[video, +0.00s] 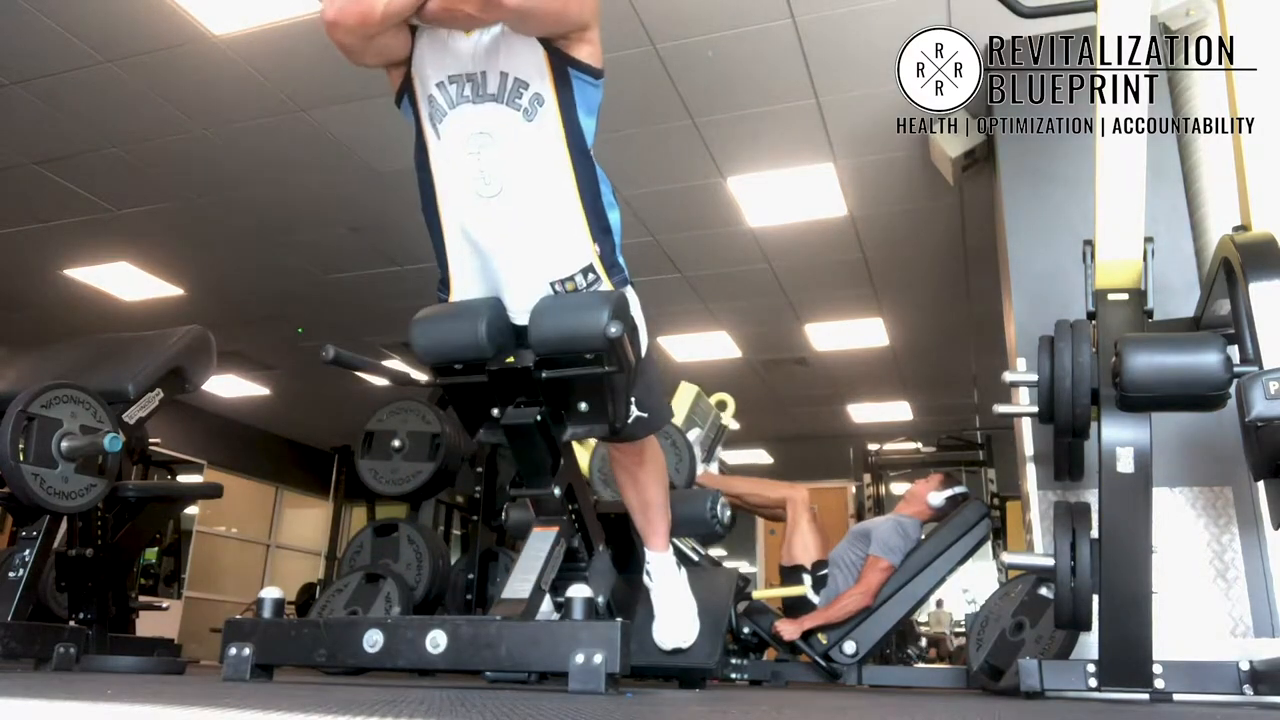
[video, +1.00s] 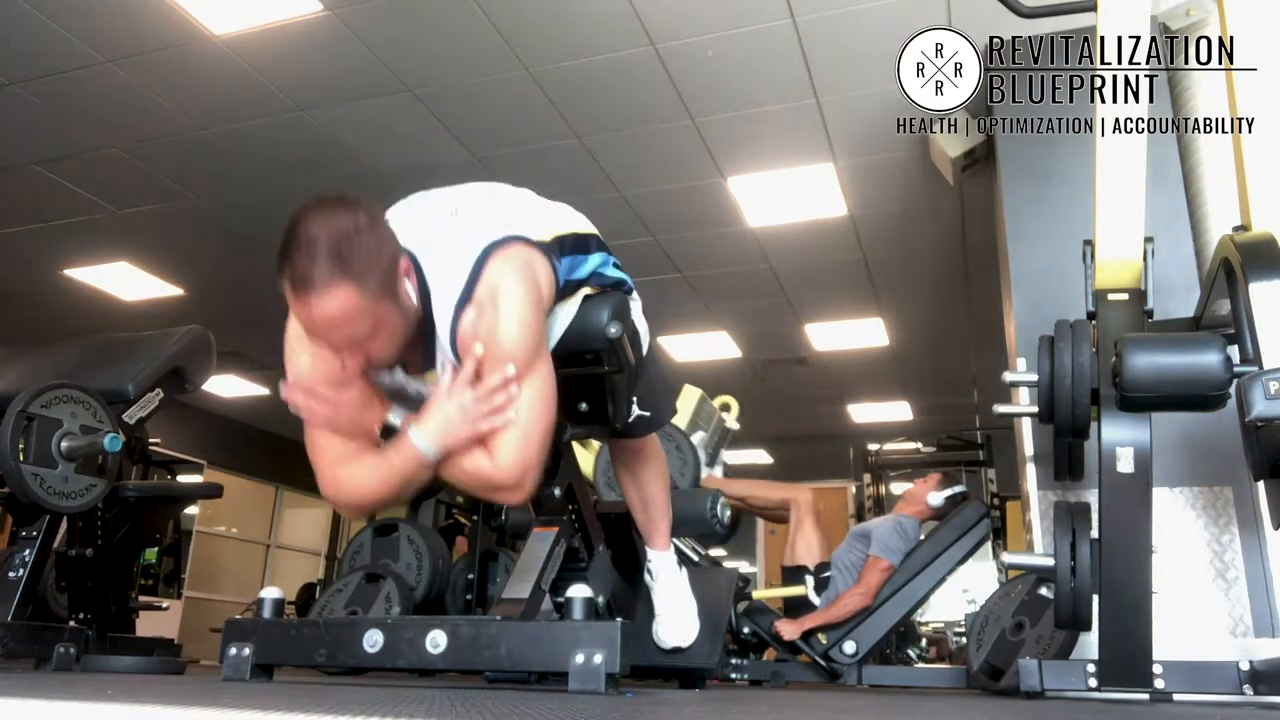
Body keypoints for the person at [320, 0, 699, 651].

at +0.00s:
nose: (450, 6)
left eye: (457, 1)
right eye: (441, 5)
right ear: (431, 4)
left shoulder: (570, 16)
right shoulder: (413, 48)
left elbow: (486, 11)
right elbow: (340, 15)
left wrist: (412, 6)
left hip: (582, 277)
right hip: (477, 293)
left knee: (628, 422)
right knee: (514, 437)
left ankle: (659, 561)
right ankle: (545, 542)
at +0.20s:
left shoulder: (552, 11)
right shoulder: (396, 53)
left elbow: (472, 33)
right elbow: (309, 61)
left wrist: (369, 21)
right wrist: (417, 4)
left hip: (574, 272)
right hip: (471, 291)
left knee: (628, 418)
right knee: (514, 431)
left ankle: (659, 559)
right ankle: (543, 536)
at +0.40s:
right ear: (368, 2)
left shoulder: (514, 29)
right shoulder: (348, 59)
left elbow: (451, 123)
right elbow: (276, 155)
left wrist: (337, 87)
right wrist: (394, 58)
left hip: (575, 291)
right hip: (476, 309)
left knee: (628, 423)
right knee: (519, 441)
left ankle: (661, 564)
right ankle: (550, 537)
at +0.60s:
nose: (334, 87)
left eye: (353, 60)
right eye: (319, 65)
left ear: (409, 42)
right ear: (306, 62)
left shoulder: (492, 110)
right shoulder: (300, 157)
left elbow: (455, 276)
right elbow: (281, 306)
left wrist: (343, 225)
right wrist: (388, 204)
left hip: (573, 293)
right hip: (472, 315)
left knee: (627, 413)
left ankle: (661, 564)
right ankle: (548, 533)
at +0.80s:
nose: (331, 247)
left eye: (346, 220)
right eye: (312, 224)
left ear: (394, 173)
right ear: (291, 196)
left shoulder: (491, 205)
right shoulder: (300, 247)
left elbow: (480, 404)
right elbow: (309, 423)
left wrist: (359, 341)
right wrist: (399, 338)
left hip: (576, 303)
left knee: (629, 417)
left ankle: (662, 562)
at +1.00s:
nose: (349, 361)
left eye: (362, 340)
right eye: (328, 343)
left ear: (407, 283)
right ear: (304, 312)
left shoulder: (504, 283)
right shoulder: (313, 316)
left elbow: (511, 479)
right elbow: (347, 491)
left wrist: (381, 416)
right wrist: (428, 438)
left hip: (578, 294)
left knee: (632, 428)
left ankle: (662, 563)